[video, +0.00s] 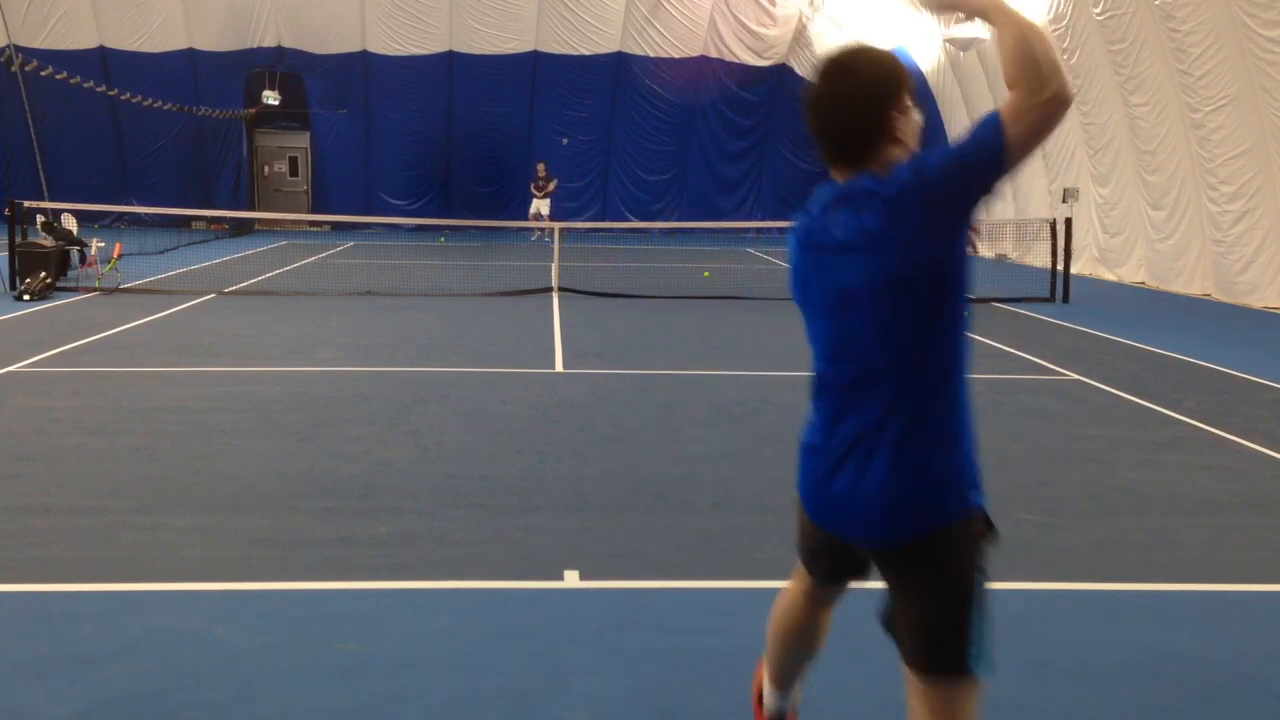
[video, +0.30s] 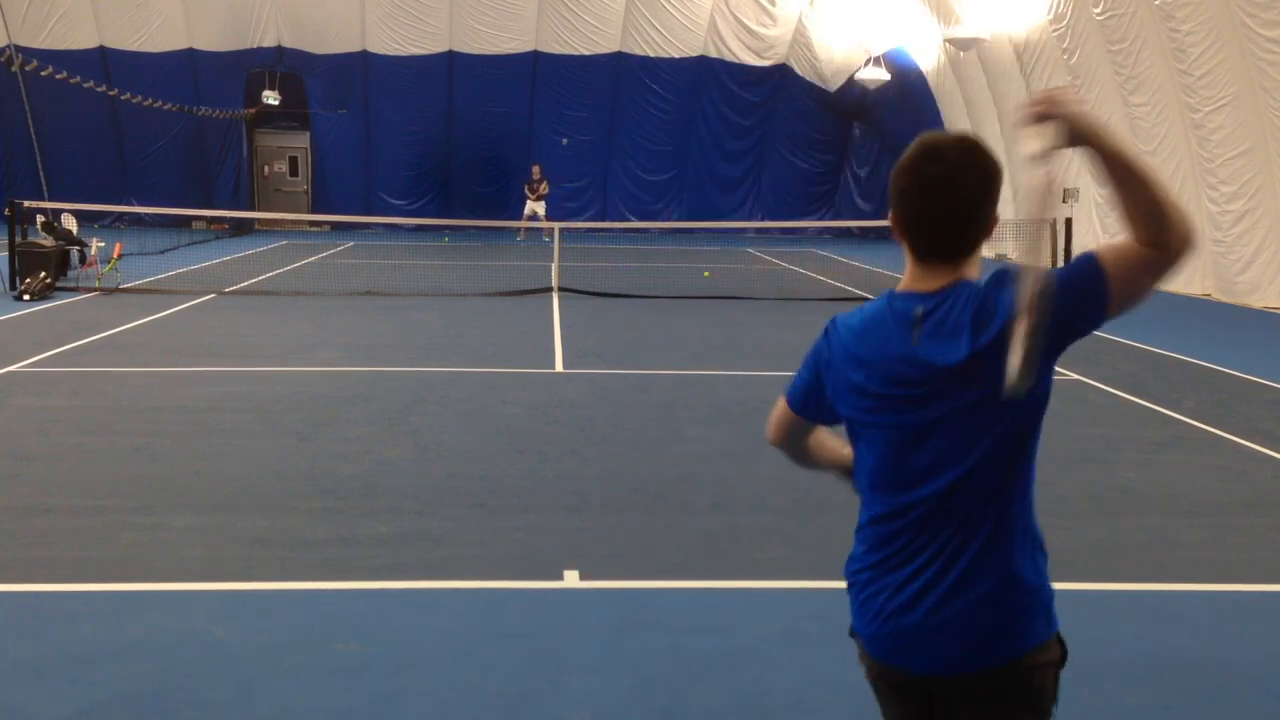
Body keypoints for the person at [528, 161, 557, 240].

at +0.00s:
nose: (540, 168)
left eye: (541, 166)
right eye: (539, 166)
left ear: (544, 167)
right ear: (537, 168)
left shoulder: (549, 177)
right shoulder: (535, 177)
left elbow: (551, 187)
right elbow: (532, 188)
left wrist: (544, 192)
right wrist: (537, 193)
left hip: (545, 199)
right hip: (536, 199)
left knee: (545, 216)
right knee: (531, 216)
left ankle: (547, 235)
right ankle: (537, 231)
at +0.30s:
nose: (535, 171)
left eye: (537, 169)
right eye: (534, 169)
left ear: (539, 170)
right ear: (532, 170)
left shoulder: (543, 180)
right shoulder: (529, 180)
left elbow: (546, 190)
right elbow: (526, 190)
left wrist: (538, 193)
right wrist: (531, 196)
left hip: (540, 202)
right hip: (530, 201)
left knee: (542, 218)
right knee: (525, 217)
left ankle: (545, 235)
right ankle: (521, 235)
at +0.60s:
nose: (543, 167)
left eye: (545, 165)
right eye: (542, 165)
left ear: (547, 166)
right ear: (539, 167)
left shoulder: (550, 176)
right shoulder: (536, 176)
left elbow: (551, 186)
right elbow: (532, 187)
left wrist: (545, 193)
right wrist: (539, 195)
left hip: (546, 197)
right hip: (536, 197)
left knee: (548, 215)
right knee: (535, 214)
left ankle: (545, 233)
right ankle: (529, 233)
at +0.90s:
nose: (557, 173)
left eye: (558, 171)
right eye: (555, 171)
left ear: (559, 173)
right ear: (552, 172)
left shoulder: (557, 183)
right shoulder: (550, 182)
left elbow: (559, 192)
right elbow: (548, 194)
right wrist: (556, 201)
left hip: (553, 202)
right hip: (546, 201)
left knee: (557, 218)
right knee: (554, 215)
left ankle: (552, 235)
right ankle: (545, 231)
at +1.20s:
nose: (572, 182)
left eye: (572, 180)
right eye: (571, 180)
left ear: (566, 179)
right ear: (567, 179)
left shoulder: (560, 187)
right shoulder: (565, 188)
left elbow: (564, 196)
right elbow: (567, 197)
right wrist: (572, 199)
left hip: (550, 205)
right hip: (554, 206)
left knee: (556, 220)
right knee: (566, 218)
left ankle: (551, 235)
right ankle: (563, 236)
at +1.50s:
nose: (572, 174)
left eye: (572, 173)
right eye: (571, 172)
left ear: (572, 173)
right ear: (568, 171)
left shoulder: (567, 180)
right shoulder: (561, 175)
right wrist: (549, 159)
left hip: (564, 200)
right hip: (558, 199)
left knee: (565, 218)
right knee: (564, 216)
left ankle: (554, 231)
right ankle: (562, 235)